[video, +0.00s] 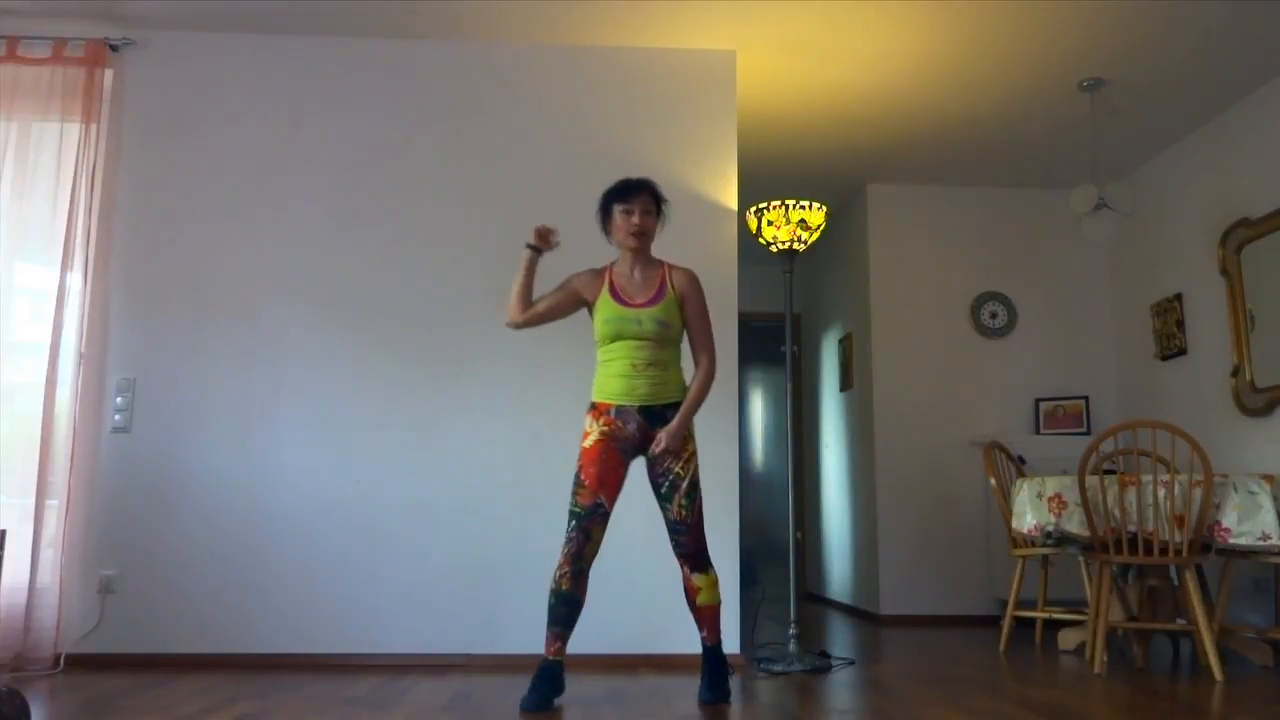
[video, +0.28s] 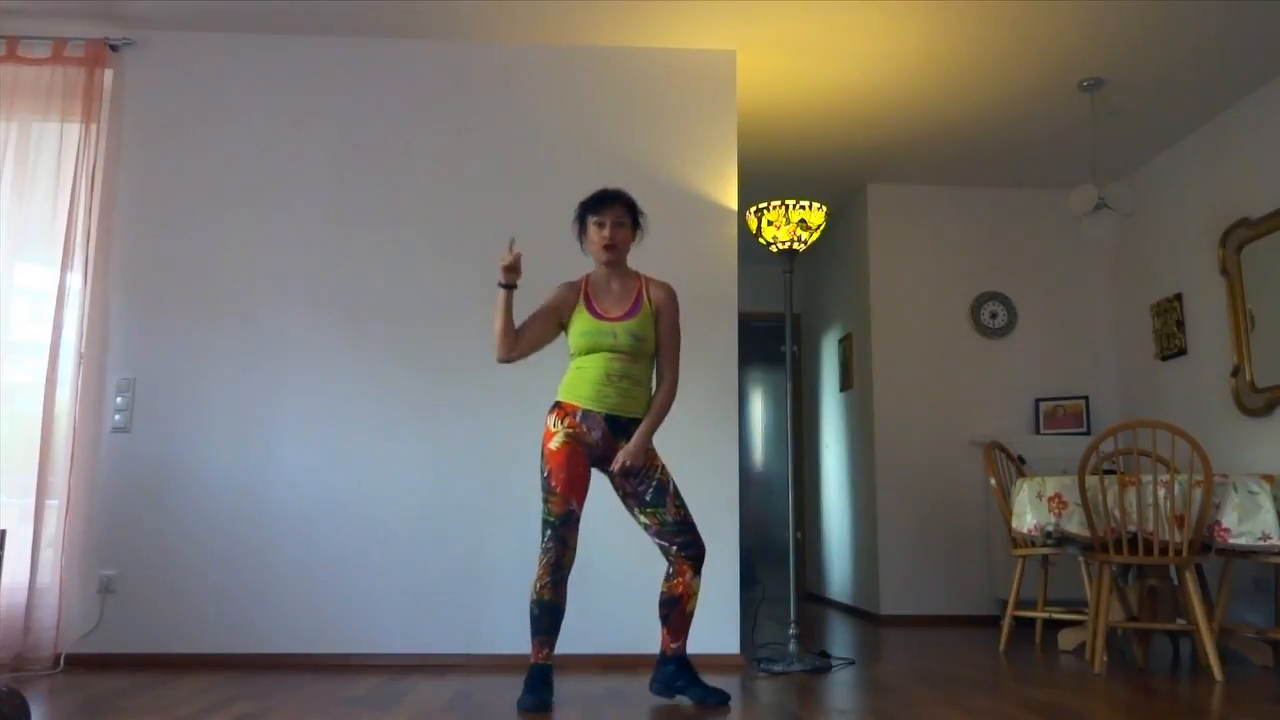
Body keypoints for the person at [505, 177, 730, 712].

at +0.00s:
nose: (639, 221)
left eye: (648, 213)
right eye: (628, 212)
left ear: (659, 223)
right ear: (608, 222)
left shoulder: (681, 282)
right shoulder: (591, 282)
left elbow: (706, 364)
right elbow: (519, 315)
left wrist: (679, 424)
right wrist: (532, 254)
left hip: (668, 420)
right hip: (608, 420)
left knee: (691, 546)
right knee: (579, 542)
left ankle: (713, 660)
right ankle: (550, 667)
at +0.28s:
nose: (609, 234)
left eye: (619, 225)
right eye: (599, 225)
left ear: (634, 234)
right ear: (583, 235)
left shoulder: (657, 295)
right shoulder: (572, 294)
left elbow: (668, 381)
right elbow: (508, 347)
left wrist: (641, 439)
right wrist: (507, 288)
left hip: (628, 434)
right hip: (570, 426)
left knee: (687, 549)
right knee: (557, 548)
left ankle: (672, 666)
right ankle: (539, 673)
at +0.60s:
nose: (622, 214)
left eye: (633, 207)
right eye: (613, 206)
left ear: (647, 219)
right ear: (596, 217)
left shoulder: (667, 280)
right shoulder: (579, 276)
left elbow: (689, 364)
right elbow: (498, 296)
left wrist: (666, 423)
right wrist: (499, 231)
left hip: (658, 419)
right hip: (596, 421)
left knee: (686, 545)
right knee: (572, 546)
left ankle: (716, 661)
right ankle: (573, 671)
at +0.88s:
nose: (649, 230)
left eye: (660, 223)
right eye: (640, 222)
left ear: (674, 233)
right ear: (624, 232)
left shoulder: (697, 292)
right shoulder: (609, 290)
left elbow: (729, 367)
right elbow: (542, 327)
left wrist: (703, 421)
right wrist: (548, 262)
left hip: (681, 429)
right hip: (621, 428)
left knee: (699, 550)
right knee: (577, 544)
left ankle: (712, 667)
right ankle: (569, 668)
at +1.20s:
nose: (676, 233)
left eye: (686, 228)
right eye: (666, 228)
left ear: (700, 247)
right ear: (650, 247)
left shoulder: (717, 309)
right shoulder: (629, 295)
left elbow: (727, 363)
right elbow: (562, 323)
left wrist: (738, 411)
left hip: (688, 445)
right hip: (629, 441)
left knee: (719, 555)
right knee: (583, 551)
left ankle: (703, 668)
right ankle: (554, 664)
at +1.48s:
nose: (610, 220)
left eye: (620, 214)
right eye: (599, 213)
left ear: (634, 224)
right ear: (583, 227)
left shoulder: (657, 278)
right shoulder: (581, 273)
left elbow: (730, 300)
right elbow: (622, 273)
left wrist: (744, 247)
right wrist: (655, 227)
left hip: (673, 409)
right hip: (616, 409)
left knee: (698, 533)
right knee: (576, 530)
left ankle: (707, 653)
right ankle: (520, 652)